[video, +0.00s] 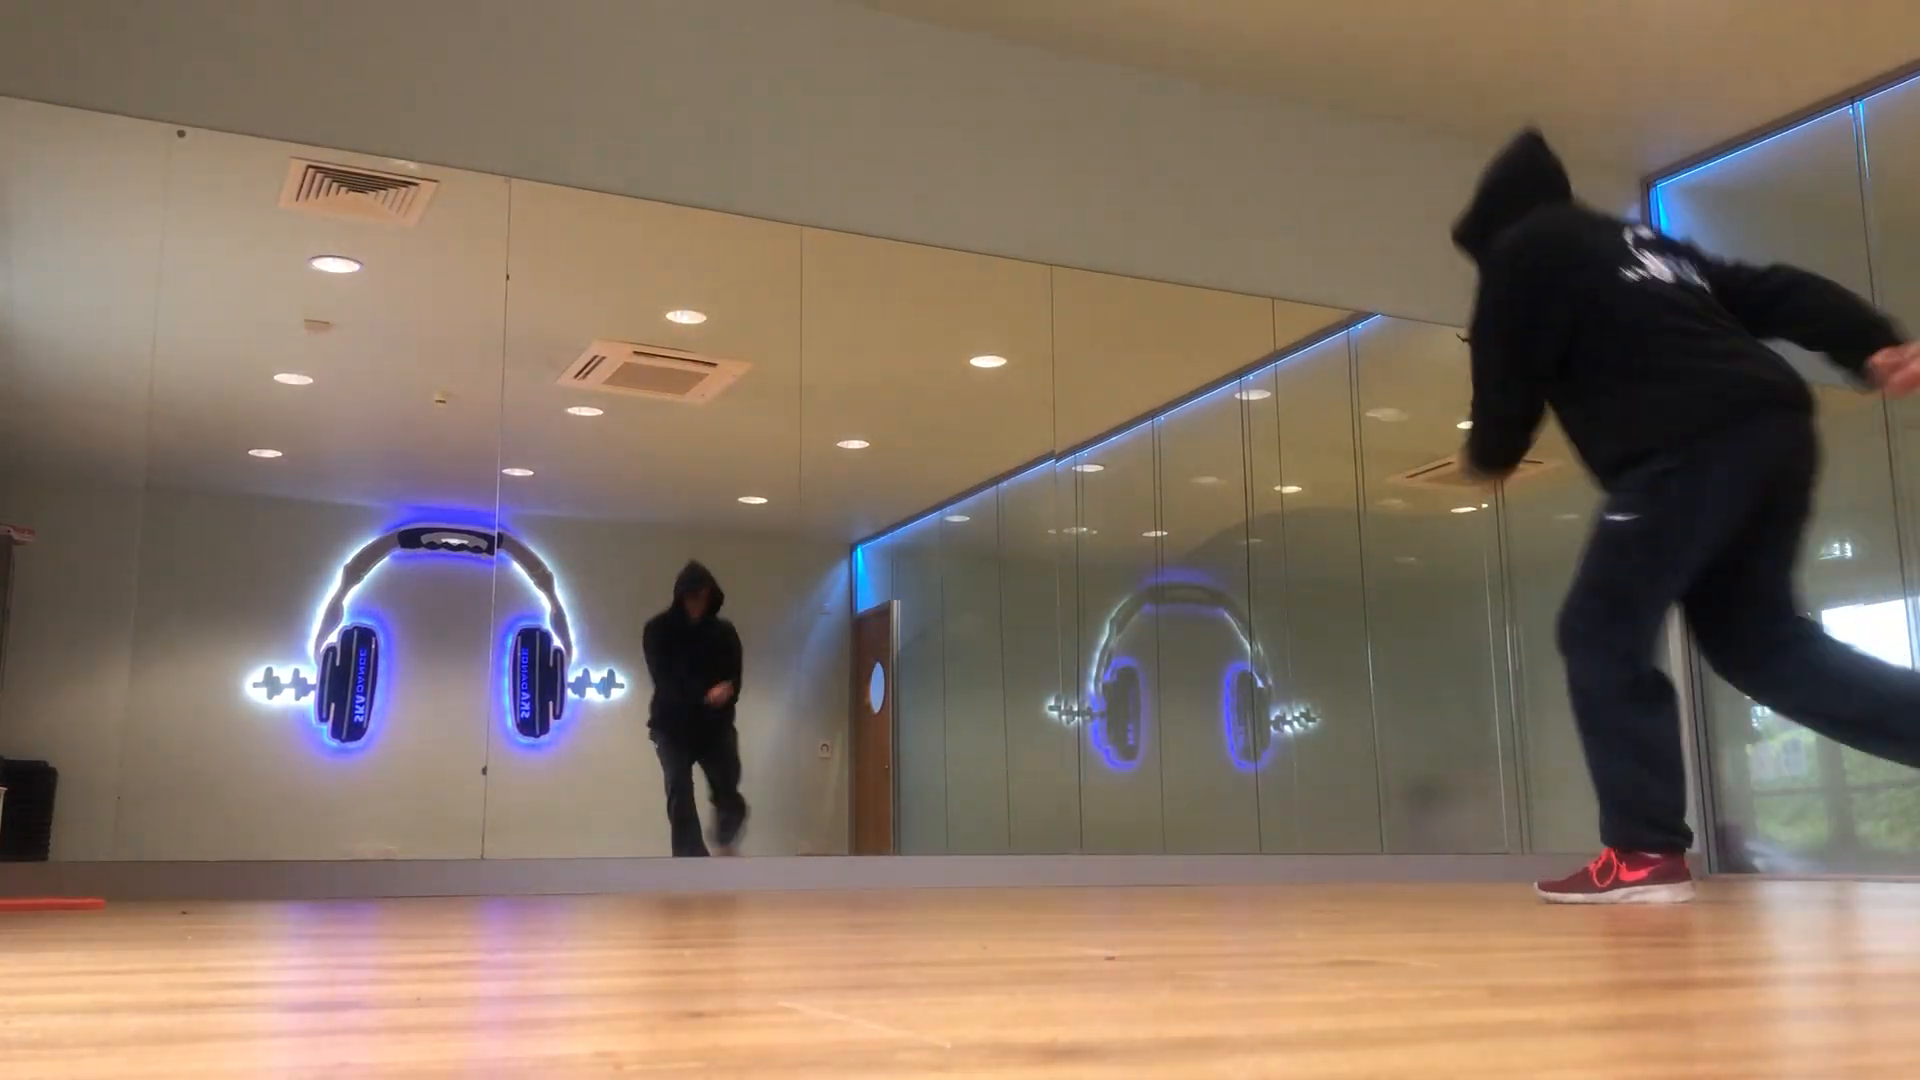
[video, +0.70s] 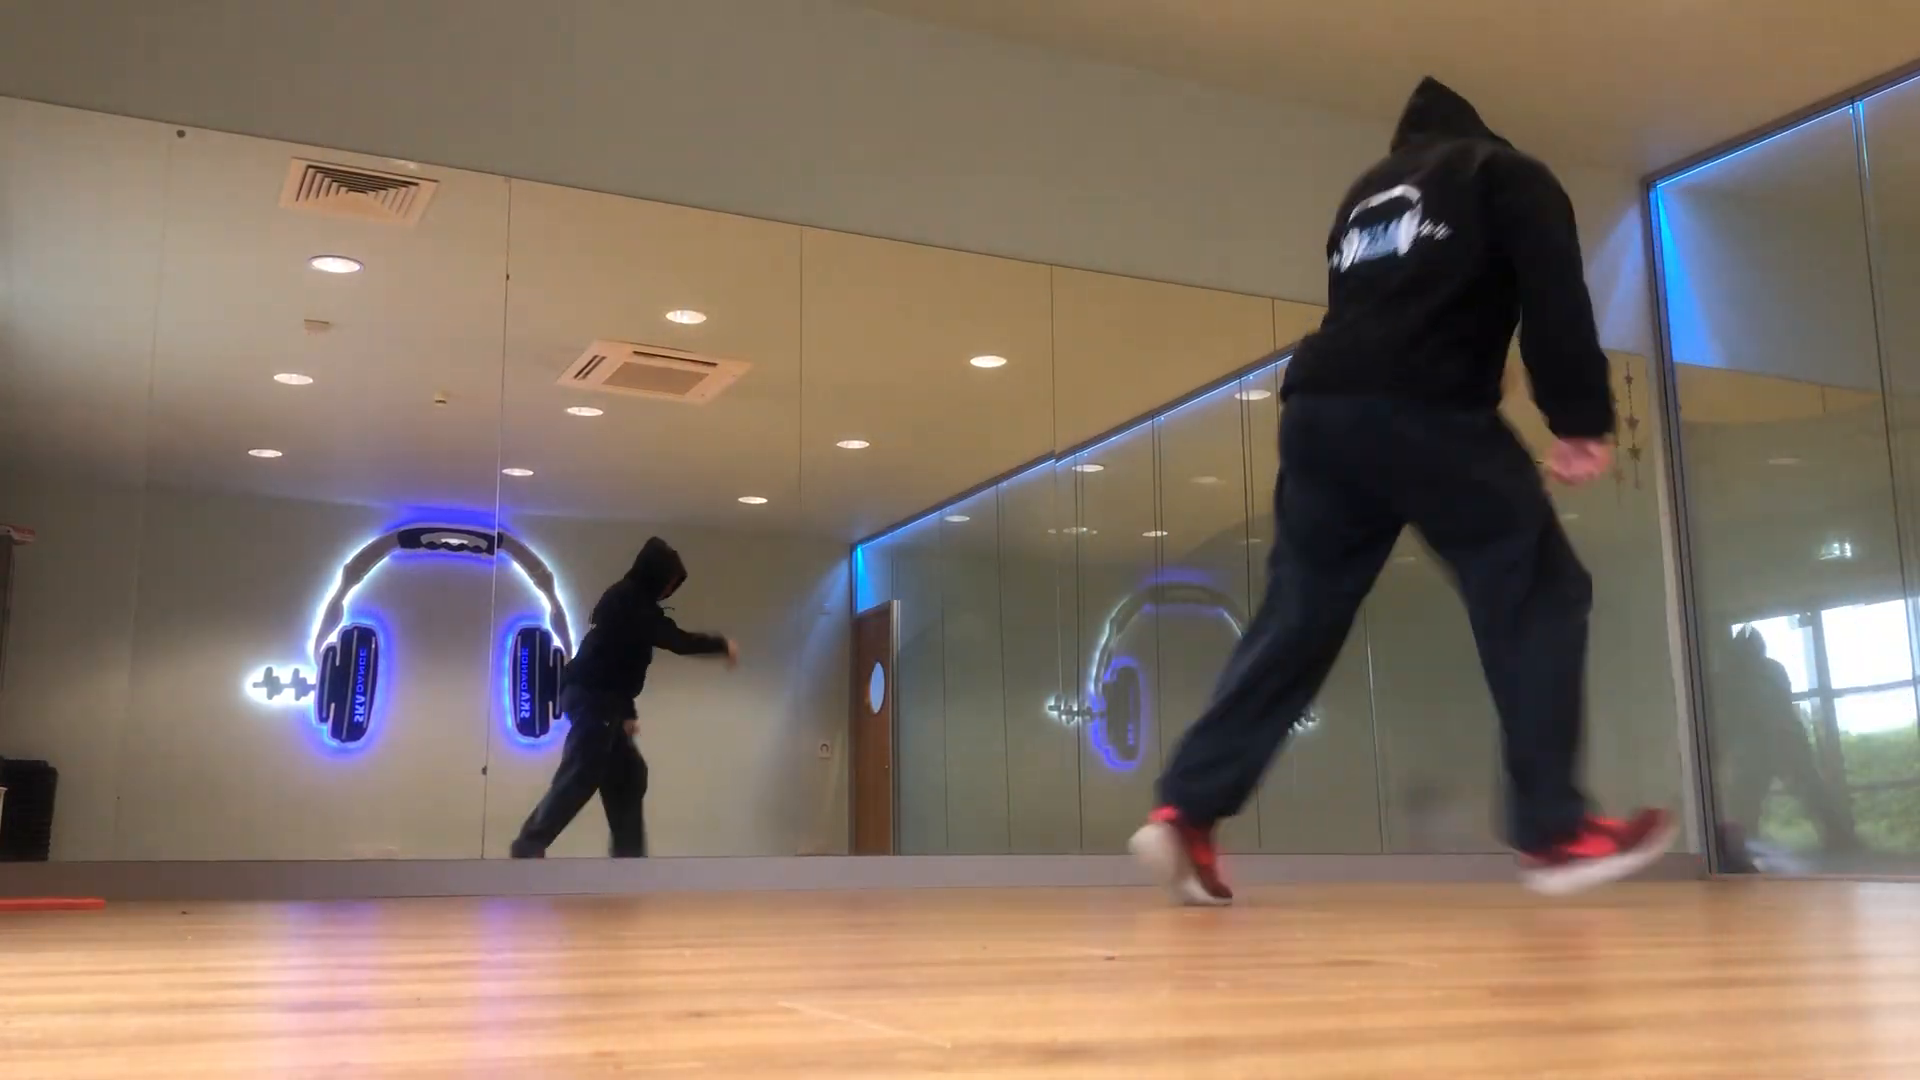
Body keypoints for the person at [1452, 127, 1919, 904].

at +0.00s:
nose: (1483, 257)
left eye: (1484, 241)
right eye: (1482, 245)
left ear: (1499, 219)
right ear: (1551, 197)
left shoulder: (1520, 256)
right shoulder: (1641, 242)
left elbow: (1506, 377)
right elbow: (1765, 288)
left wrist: (1487, 457)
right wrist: (1871, 342)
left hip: (1689, 448)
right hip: (1776, 431)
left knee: (1600, 631)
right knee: (1751, 639)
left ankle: (1647, 848)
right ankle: (1915, 722)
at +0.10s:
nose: (1466, 189)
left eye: (1467, 177)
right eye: (1469, 179)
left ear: (1483, 160)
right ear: (1547, 141)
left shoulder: (1488, 208)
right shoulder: (1648, 185)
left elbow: (1471, 315)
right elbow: (1749, 278)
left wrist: (1457, 432)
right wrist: (1740, 392)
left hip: (1596, 415)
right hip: (1712, 402)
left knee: (1544, 595)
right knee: (1714, 592)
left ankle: (1595, 817)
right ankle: (1779, 737)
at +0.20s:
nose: (1468, 173)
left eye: (1469, 162)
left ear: (1476, 157)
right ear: (1555, 146)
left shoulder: (1464, 208)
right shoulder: (1624, 201)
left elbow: (1443, 275)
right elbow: (1720, 307)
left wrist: (1428, 377)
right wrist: (1635, 344)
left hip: (1521, 430)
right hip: (1647, 423)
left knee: (1483, 611)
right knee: (1665, 622)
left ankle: (1468, 816)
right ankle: (1663, 816)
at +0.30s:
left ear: (1466, 181)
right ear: (1547, 176)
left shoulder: (1429, 232)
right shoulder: (1592, 228)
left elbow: (1385, 308)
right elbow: (1656, 332)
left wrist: (1390, 416)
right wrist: (1625, 413)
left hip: (1452, 443)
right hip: (1577, 438)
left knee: (1430, 640)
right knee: (1599, 638)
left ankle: (1392, 842)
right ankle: (1657, 837)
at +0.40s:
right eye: (1517, 202)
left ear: (1443, 196)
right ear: (1519, 199)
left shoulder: (1390, 248)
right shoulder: (1545, 255)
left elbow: (1331, 363)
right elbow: (1614, 355)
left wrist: (1373, 433)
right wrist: (1634, 465)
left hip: (1389, 448)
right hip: (1506, 441)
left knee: (1404, 662)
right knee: (1566, 607)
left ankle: (1390, 853)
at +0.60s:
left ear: (1407, 132)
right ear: (1477, 124)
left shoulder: (1367, 178)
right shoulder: (1533, 169)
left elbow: (1360, 276)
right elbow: (1565, 250)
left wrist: (1409, 348)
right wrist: (1532, 359)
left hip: (1338, 383)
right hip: (1454, 384)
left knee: (1341, 586)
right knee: (1549, 554)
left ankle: (1288, 803)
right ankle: (1404, 652)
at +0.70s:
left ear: (1411, 135)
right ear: (1477, 128)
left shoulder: (1368, 192)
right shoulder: (1511, 174)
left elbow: (1361, 311)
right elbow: (1553, 291)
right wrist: (1580, 417)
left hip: (1323, 416)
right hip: (1438, 419)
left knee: (1300, 615)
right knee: (1539, 596)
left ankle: (1187, 811)